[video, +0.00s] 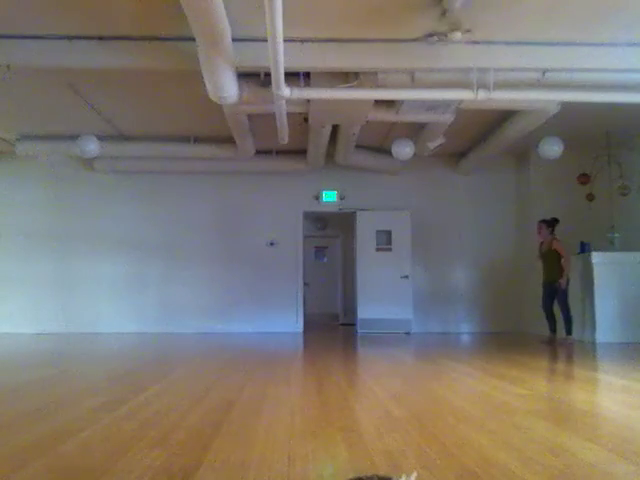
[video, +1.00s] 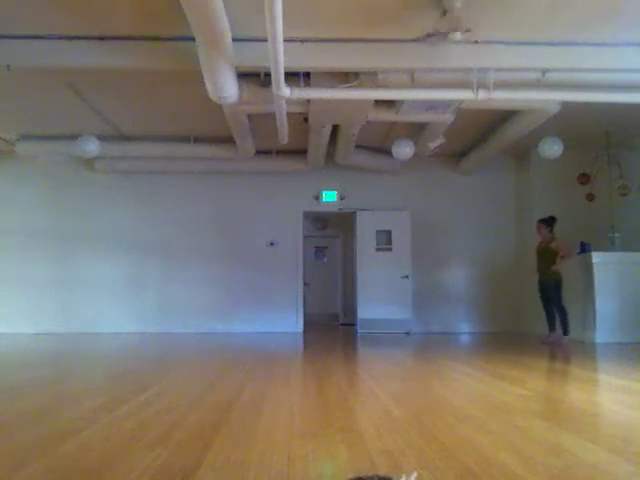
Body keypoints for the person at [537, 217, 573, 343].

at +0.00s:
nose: (538, 231)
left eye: (541, 228)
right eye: (538, 228)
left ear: (549, 230)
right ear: (543, 230)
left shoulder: (555, 243)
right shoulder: (542, 244)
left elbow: (566, 257)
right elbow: (545, 260)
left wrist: (565, 277)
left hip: (559, 279)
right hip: (548, 280)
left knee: (564, 306)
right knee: (547, 306)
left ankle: (569, 334)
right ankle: (552, 333)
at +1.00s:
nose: (538, 231)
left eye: (541, 228)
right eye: (538, 228)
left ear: (548, 229)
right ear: (540, 230)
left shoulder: (554, 243)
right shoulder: (541, 243)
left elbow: (567, 253)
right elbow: (542, 257)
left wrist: (557, 261)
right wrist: (539, 268)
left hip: (553, 276)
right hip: (543, 276)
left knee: (557, 304)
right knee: (547, 305)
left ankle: (565, 333)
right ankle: (551, 332)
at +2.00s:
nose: (547, 230)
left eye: (548, 227)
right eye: (546, 227)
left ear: (556, 226)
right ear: (549, 228)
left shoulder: (563, 241)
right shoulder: (550, 241)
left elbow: (572, 256)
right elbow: (547, 255)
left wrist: (557, 262)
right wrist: (543, 262)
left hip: (561, 275)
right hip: (550, 275)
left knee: (563, 304)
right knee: (548, 303)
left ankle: (567, 335)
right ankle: (550, 331)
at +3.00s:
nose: (543, 240)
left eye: (543, 237)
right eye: (541, 238)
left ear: (548, 233)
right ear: (544, 236)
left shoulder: (561, 239)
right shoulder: (548, 242)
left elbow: (575, 247)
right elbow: (548, 256)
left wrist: (566, 258)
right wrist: (546, 262)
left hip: (562, 271)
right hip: (551, 272)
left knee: (563, 303)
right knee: (552, 304)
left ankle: (567, 336)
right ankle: (555, 334)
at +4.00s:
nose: (539, 241)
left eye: (539, 238)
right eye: (537, 239)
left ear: (544, 233)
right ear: (538, 236)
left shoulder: (558, 240)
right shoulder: (544, 244)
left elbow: (568, 256)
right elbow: (545, 258)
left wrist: (551, 264)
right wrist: (541, 264)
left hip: (560, 274)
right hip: (549, 275)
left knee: (563, 305)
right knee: (553, 305)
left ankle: (566, 335)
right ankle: (556, 334)